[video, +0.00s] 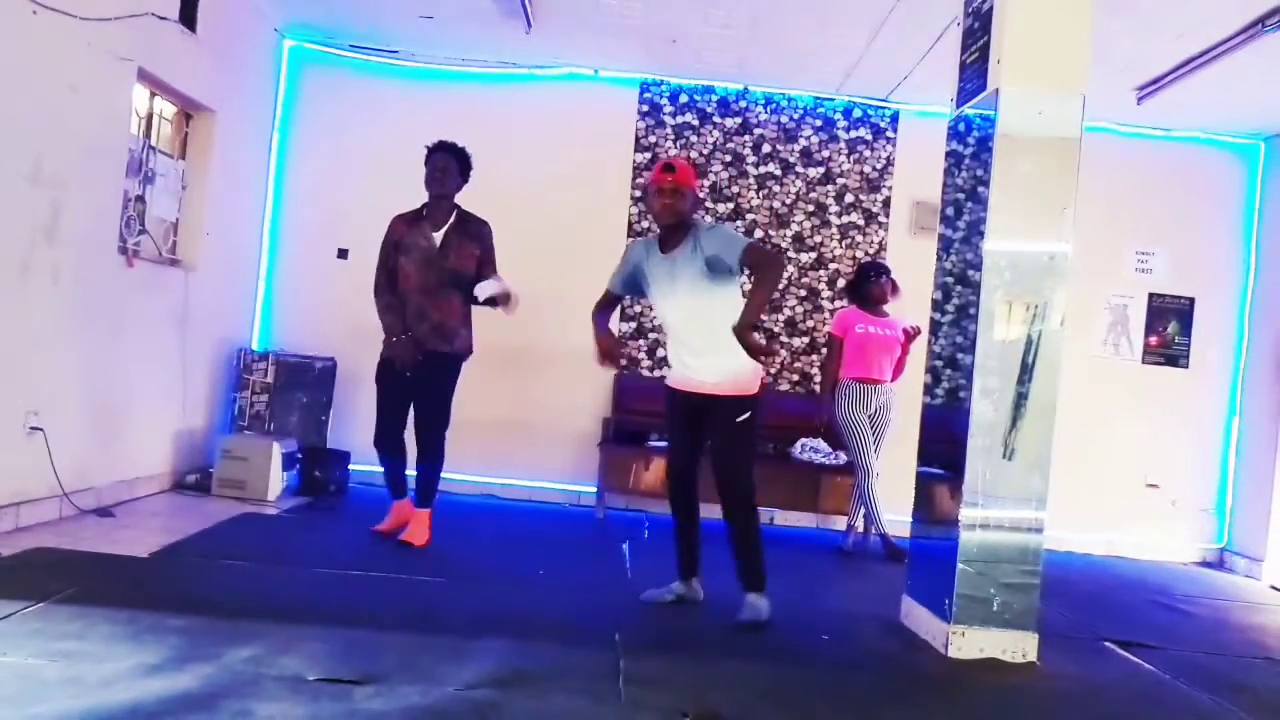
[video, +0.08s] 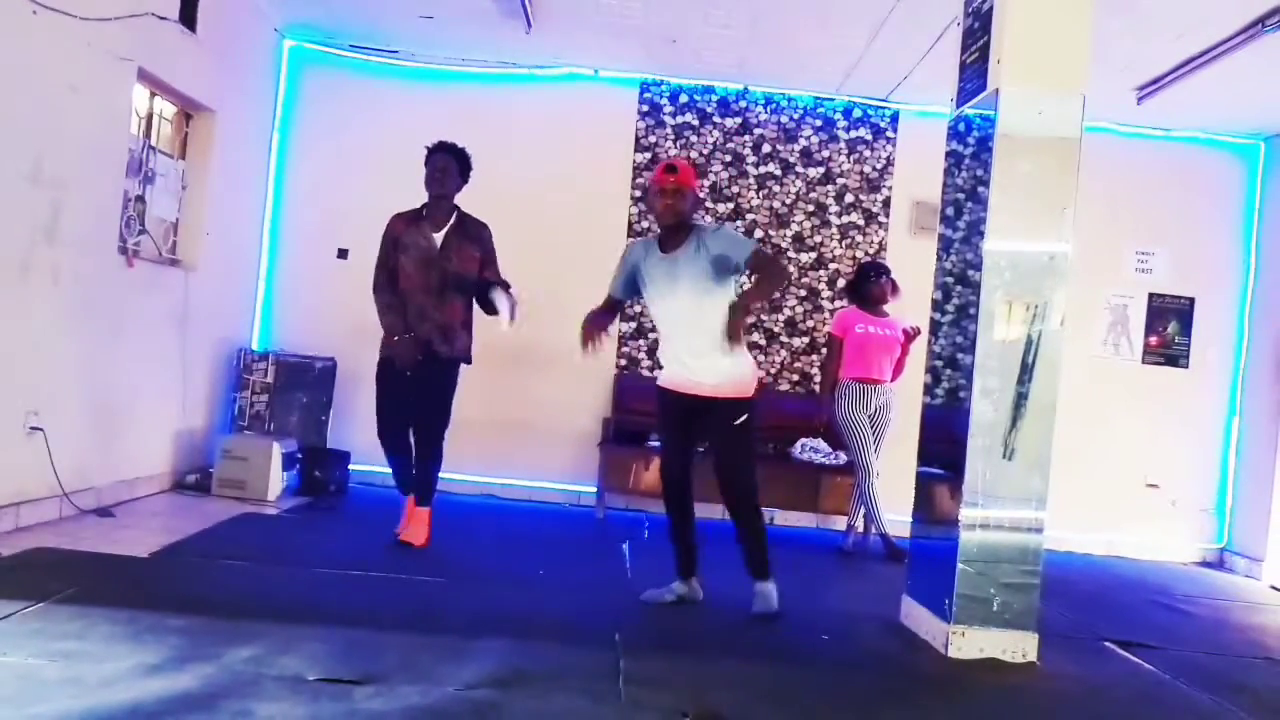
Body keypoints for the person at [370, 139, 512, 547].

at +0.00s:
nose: (436, 176)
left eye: (445, 171)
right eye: (431, 169)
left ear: (462, 179)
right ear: (424, 174)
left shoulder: (477, 230)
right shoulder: (401, 225)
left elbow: (486, 287)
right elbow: (383, 286)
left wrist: (495, 294)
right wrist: (396, 337)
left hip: (444, 352)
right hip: (401, 347)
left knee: (429, 435)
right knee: (387, 433)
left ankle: (422, 514)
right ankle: (400, 503)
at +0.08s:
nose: (436, 177)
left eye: (445, 171)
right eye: (431, 170)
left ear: (461, 180)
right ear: (424, 175)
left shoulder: (476, 232)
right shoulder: (400, 225)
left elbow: (490, 291)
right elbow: (383, 284)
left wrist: (495, 294)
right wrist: (396, 332)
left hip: (445, 352)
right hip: (400, 346)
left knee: (428, 432)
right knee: (390, 428)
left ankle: (422, 510)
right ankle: (411, 496)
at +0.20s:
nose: (438, 181)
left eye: (447, 175)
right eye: (433, 174)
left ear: (463, 183)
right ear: (425, 178)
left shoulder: (473, 236)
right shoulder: (399, 224)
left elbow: (484, 295)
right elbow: (383, 285)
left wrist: (498, 293)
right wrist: (394, 336)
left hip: (447, 348)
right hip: (402, 344)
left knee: (435, 420)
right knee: (400, 419)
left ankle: (408, 493)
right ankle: (416, 495)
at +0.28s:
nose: (440, 180)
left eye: (449, 174)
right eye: (435, 173)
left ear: (465, 183)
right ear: (426, 178)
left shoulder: (470, 239)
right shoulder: (398, 223)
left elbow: (478, 301)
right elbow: (383, 285)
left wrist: (505, 307)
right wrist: (400, 339)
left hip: (446, 344)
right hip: (399, 340)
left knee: (440, 418)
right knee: (401, 417)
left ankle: (407, 489)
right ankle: (414, 495)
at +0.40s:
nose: (440, 180)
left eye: (449, 174)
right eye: (435, 172)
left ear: (465, 183)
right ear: (426, 177)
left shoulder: (471, 241)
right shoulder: (401, 215)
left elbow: (475, 307)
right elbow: (378, 271)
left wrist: (487, 325)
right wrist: (391, 319)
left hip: (436, 351)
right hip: (391, 342)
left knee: (425, 430)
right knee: (377, 429)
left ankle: (431, 507)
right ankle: (385, 496)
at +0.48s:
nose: (439, 180)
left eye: (448, 174)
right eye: (434, 173)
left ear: (465, 183)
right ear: (426, 178)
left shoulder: (471, 242)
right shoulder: (400, 215)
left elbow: (477, 311)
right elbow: (377, 272)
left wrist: (453, 334)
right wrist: (392, 321)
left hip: (434, 351)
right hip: (389, 343)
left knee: (422, 428)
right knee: (374, 423)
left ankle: (427, 510)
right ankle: (374, 498)